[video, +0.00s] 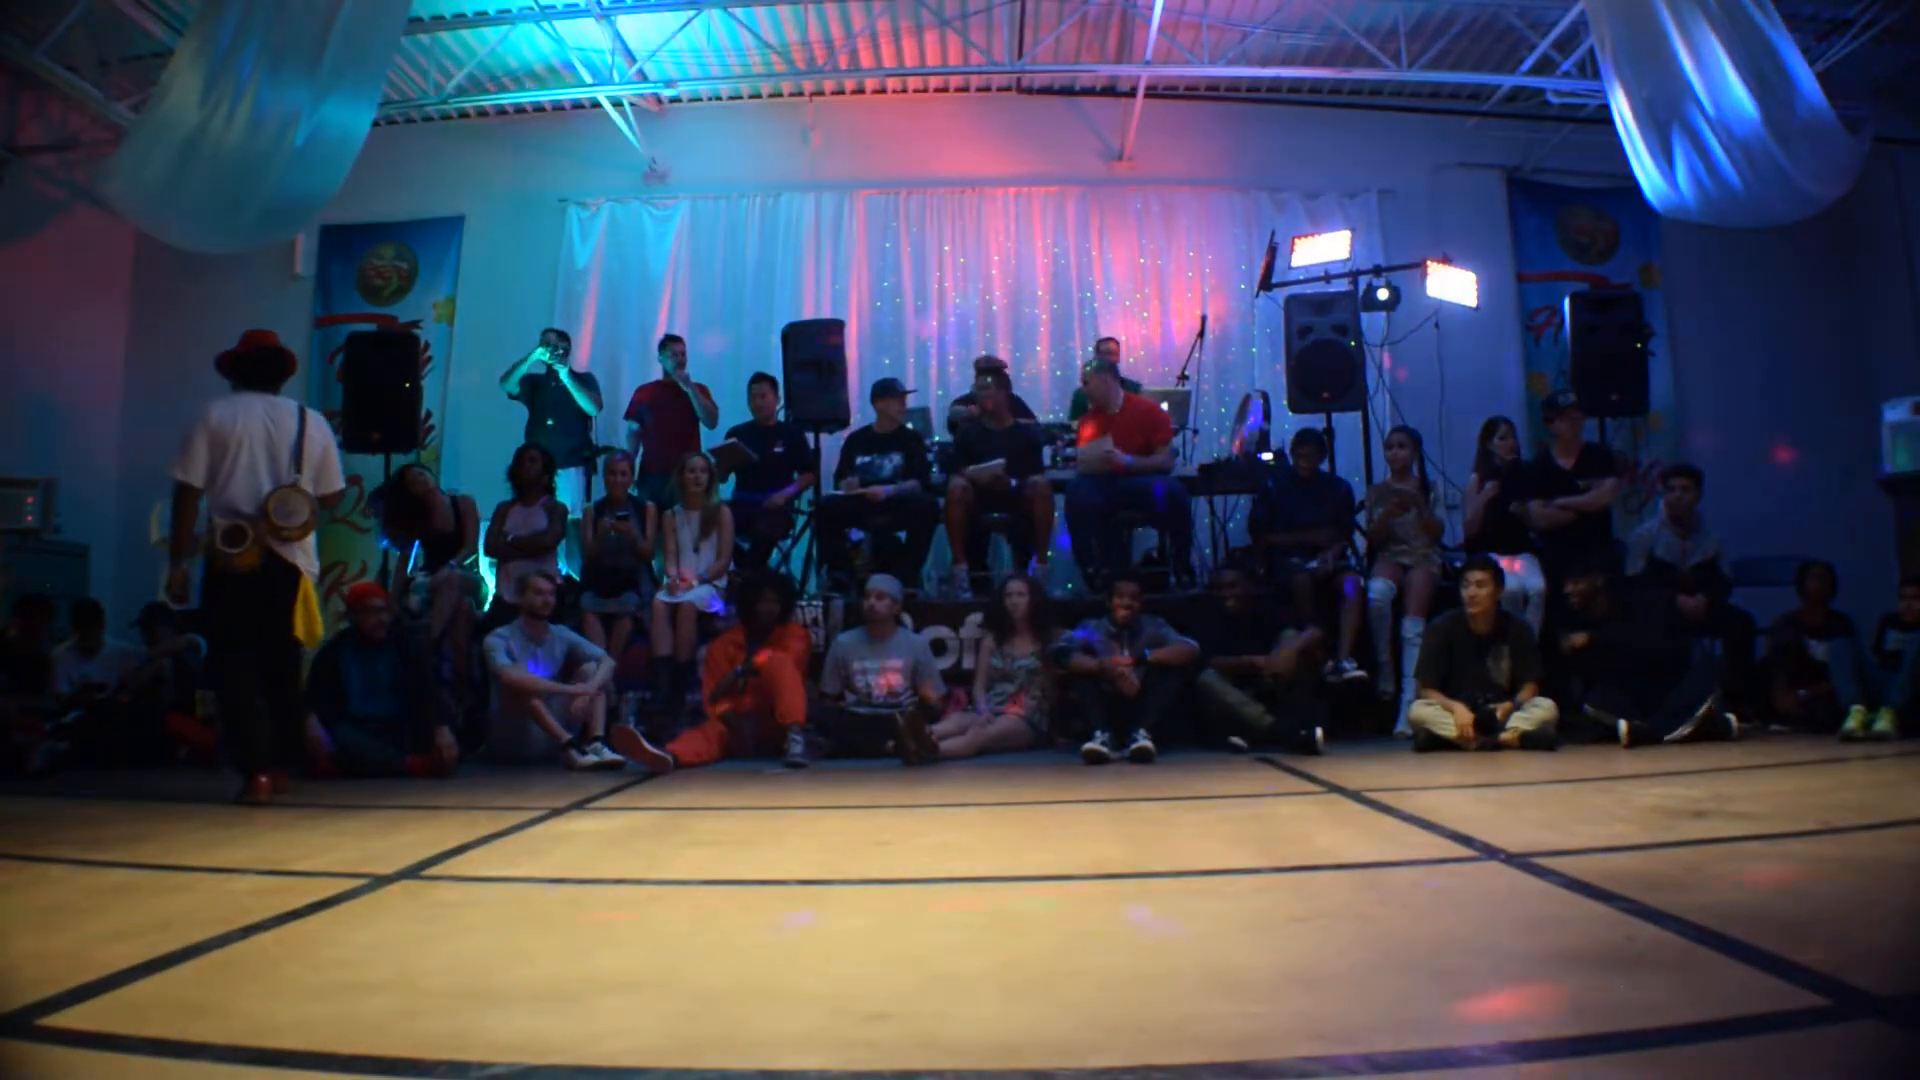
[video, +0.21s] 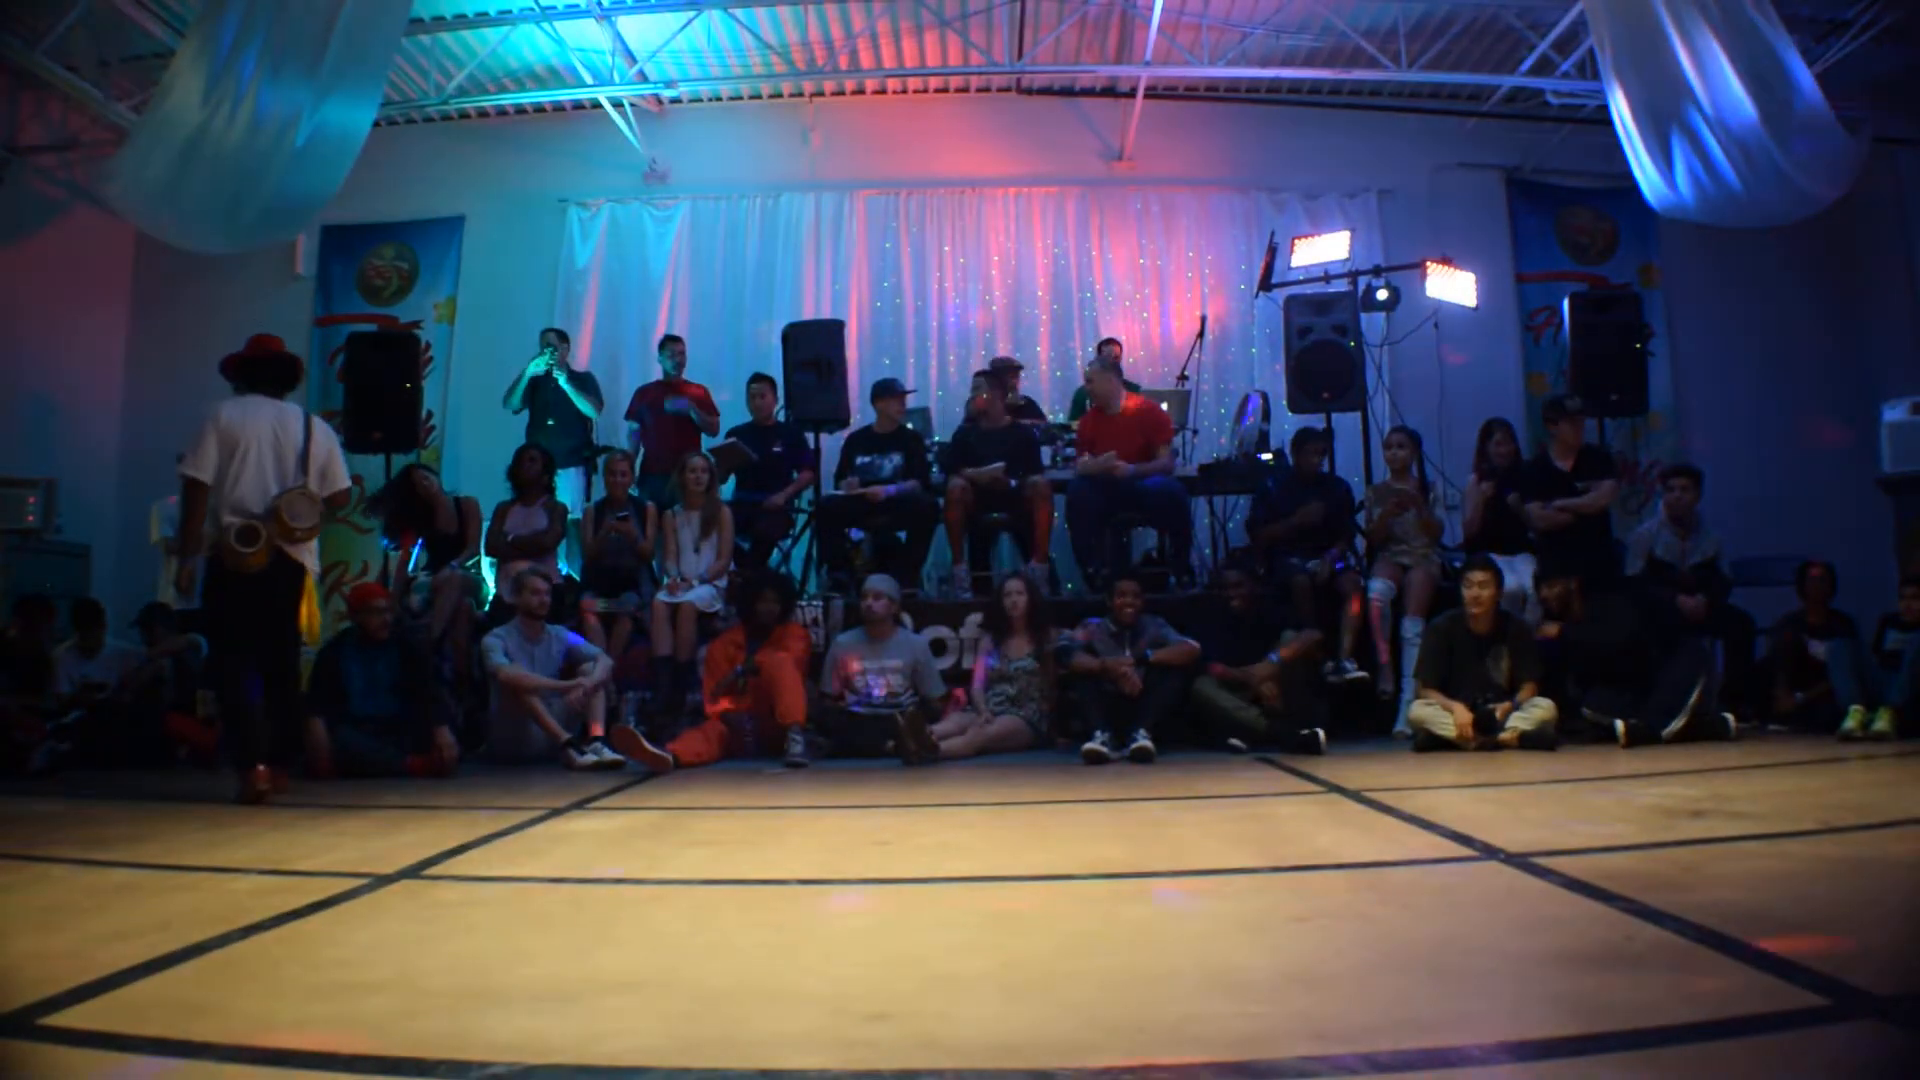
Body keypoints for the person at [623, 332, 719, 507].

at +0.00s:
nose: (679, 359)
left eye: (682, 354)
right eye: (673, 355)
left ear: (686, 356)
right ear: (661, 359)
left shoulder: (698, 390)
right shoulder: (645, 393)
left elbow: (711, 421)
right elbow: (633, 436)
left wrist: (688, 387)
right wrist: (627, 475)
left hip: (688, 476)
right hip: (653, 474)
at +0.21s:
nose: (677, 360)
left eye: (681, 354)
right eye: (671, 355)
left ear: (686, 357)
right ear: (660, 359)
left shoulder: (698, 392)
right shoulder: (644, 393)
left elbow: (713, 429)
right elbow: (633, 436)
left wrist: (691, 410)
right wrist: (628, 473)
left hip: (688, 476)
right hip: (653, 473)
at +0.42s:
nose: (659, 361)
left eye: (664, 355)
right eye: (656, 356)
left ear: (680, 356)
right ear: (654, 360)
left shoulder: (699, 393)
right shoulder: (644, 393)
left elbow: (711, 433)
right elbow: (634, 433)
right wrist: (628, 469)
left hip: (686, 476)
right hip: (652, 473)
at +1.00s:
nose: (661, 361)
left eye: (665, 356)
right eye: (659, 357)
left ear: (681, 357)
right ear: (657, 361)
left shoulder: (701, 393)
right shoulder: (648, 394)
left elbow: (713, 434)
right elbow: (638, 435)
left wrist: (717, 471)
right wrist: (631, 470)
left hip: (690, 477)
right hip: (655, 475)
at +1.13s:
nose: (664, 360)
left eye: (669, 354)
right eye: (661, 356)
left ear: (683, 356)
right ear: (657, 359)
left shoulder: (702, 393)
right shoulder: (647, 393)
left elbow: (710, 435)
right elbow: (637, 435)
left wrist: (709, 474)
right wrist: (631, 471)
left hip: (690, 478)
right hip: (654, 475)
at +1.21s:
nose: (670, 360)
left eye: (675, 354)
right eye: (665, 355)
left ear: (684, 357)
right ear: (659, 360)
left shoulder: (702, 393)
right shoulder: (648, 393)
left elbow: (709, 434)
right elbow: (637, 434)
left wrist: (708, 471)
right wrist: (631, 471)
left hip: (691, 476)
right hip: (655, 474)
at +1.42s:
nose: (674, 359)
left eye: (679, 353)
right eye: (668, 354)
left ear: (686, 358)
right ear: (661, 359)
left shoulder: (702, 393)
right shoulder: (648, 393)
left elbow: (710, 436)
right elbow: (638, 435)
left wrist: (709, 473)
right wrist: (631, 471)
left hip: (690, 476)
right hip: (655, 474)